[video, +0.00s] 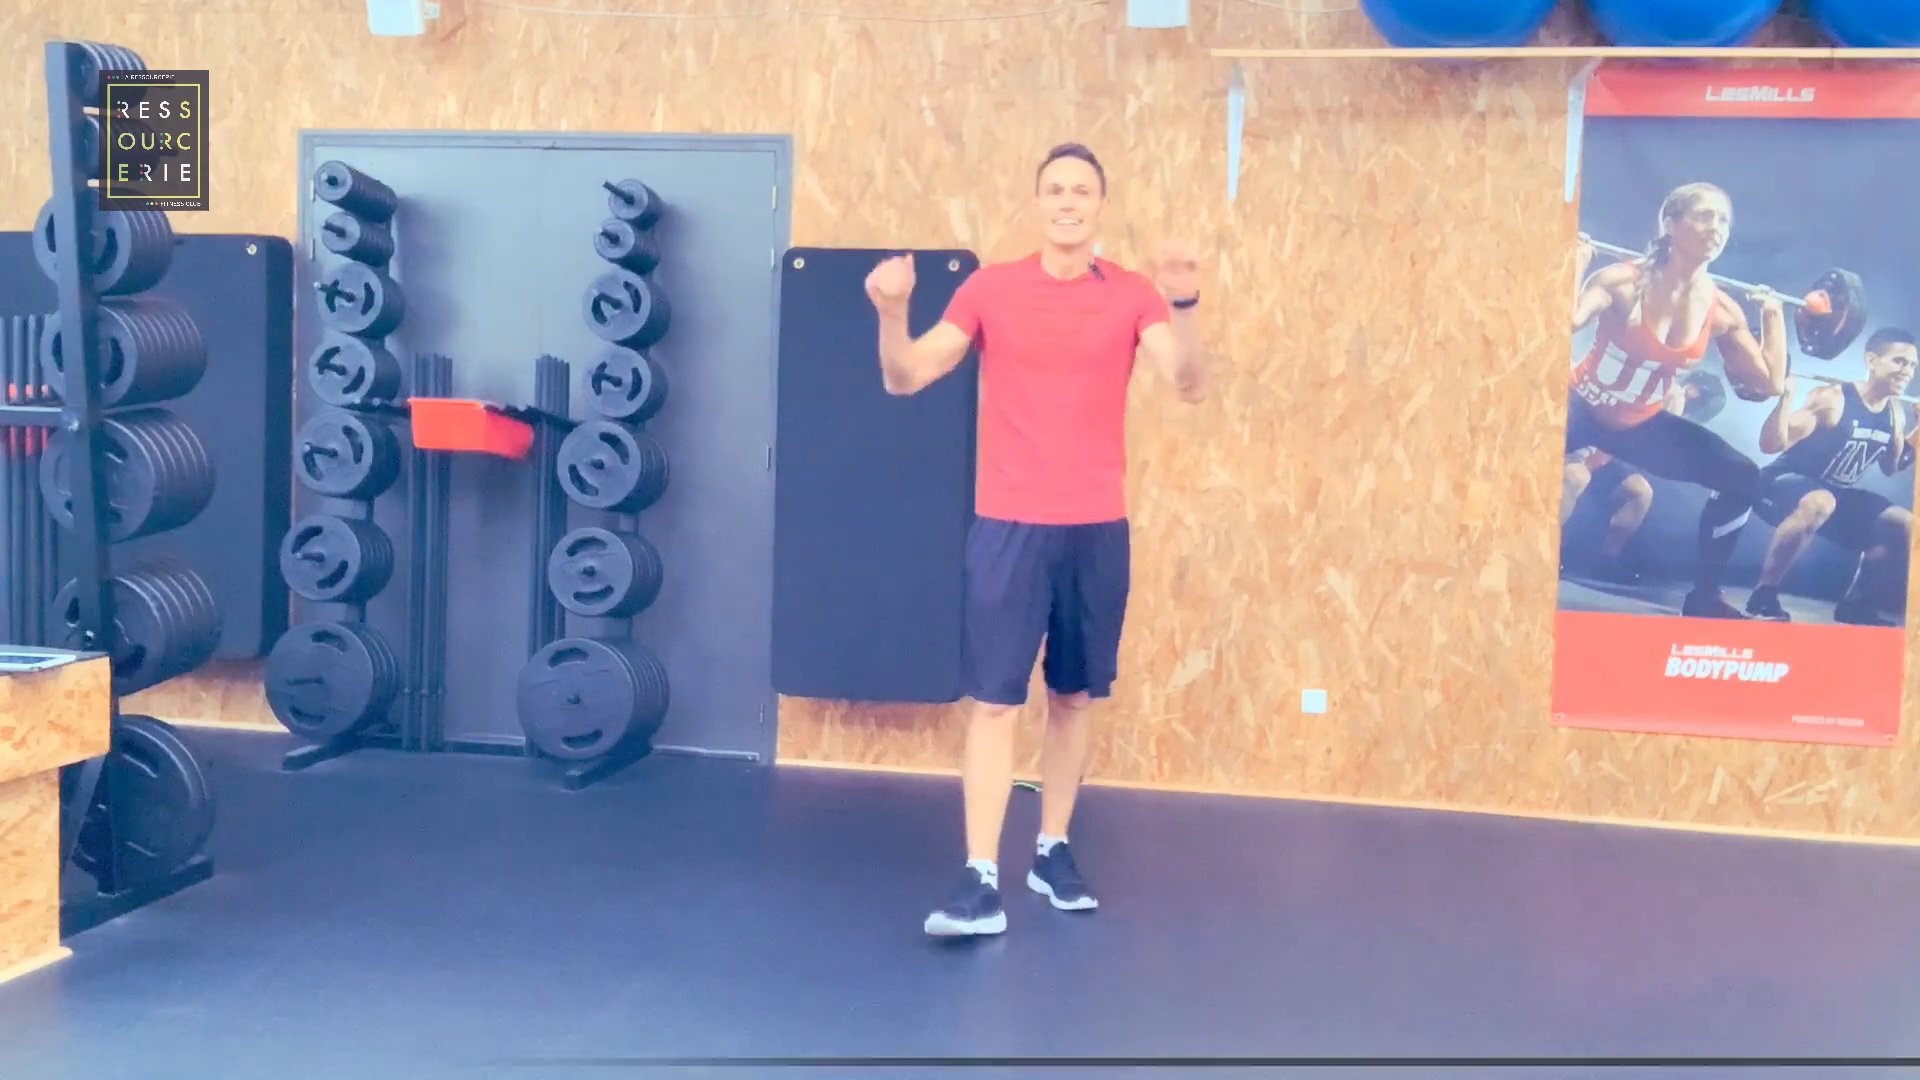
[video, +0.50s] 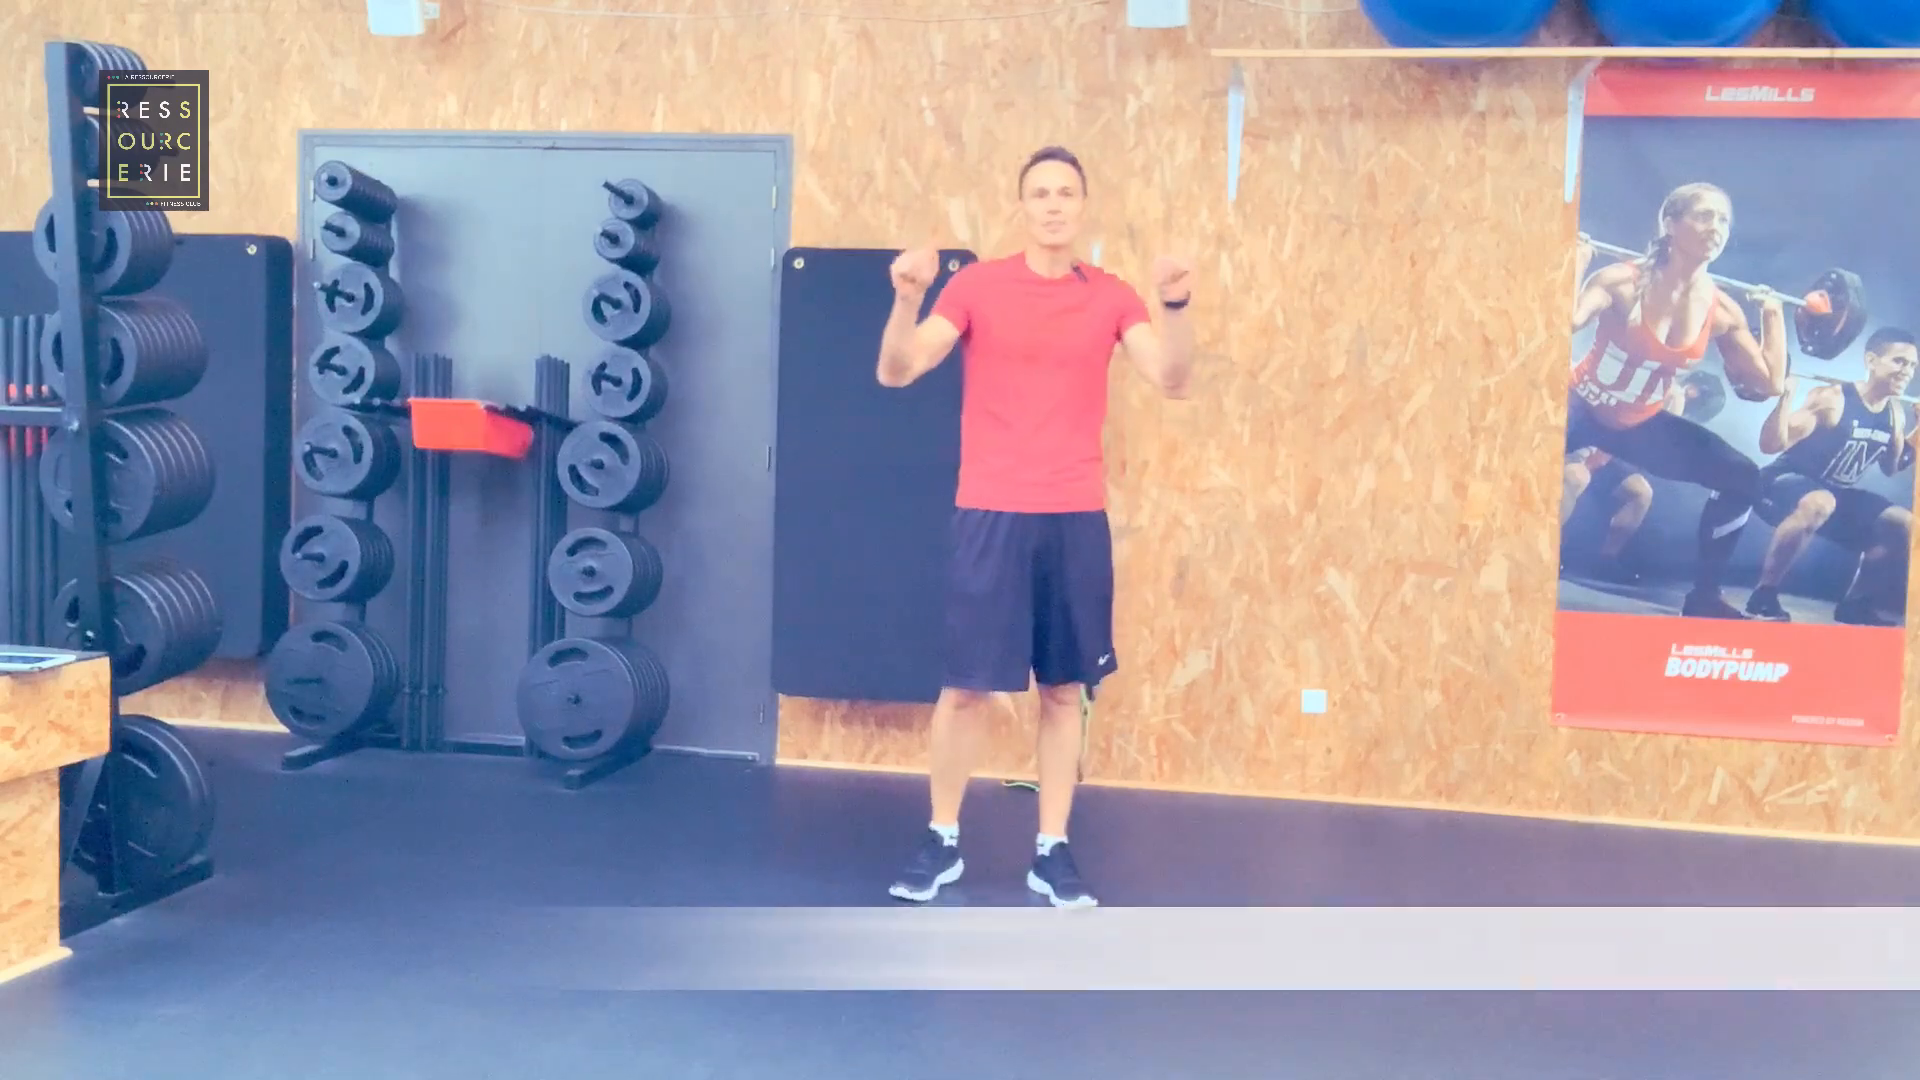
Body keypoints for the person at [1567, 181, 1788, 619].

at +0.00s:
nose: (1716, 228)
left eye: (1724, 221)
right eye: (1704, 216)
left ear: (1728, 234)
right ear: (1670, 223)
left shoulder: (1722, 310)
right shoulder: (1620, 279)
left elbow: (1768, 386)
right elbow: (1559, 324)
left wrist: (1773, 312)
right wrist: (1573, 269)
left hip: (1644, 425)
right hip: (1579, 409)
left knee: (1741, 477)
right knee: (1515, 447)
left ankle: (1705, 596)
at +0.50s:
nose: (1716, 228)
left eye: (1724, 221)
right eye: (1704, 216)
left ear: (1728, 234)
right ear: (1670, 223)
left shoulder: (1722, 310)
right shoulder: (1620, 279)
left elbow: (1768, 386)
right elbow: (1559, 325)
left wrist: (1773, 312)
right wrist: (1573, 269)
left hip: (1644, 425)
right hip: (1579, 409)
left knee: (1741, 477)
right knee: (1514, 448)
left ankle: (1705, 596)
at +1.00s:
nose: (1716, 228)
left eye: (1724, 220)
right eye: (1704, 216)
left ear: (1728, 234)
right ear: (1670, 224)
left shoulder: (1721, 310)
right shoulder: (1620, 279)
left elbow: (1769, 385)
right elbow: (1558, 325)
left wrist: (1773, 312)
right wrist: (1573, 268)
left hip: (1645, 425)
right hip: (1579, 409)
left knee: (1742, 477)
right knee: (1513, 451)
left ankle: (1705, 597)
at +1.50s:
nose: (1716, 228)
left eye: (1724, 221)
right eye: (1704, 216)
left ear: (1728, 234)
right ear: (1671, 224)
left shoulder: (1722, 310)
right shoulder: (1620, 279)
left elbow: (1768, 386)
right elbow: (1559, 324)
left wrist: (1773, 312)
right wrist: (1573, 269)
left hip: (1644, 425)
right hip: (1579, 409)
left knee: (1741, 477)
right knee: (1515, 447)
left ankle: (1705, 597)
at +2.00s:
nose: (1716, 228)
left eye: (1724, 221)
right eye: (1704, 216)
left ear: (1728, 234)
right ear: (1670, 224)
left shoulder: (1722, 310)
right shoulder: (1620, 279)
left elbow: (1768, 386)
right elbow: (1559, 324)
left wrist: (1773, 312)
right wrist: (1573, 269)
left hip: (1644, 425)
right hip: (1579, 408)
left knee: (1741, 477)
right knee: (1515, 447)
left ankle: (1705, 597)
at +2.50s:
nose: (1716, 228)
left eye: (1724, 220)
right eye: (1704, 216)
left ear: (1728, 234)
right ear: (1670, 224)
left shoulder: (1721, 310)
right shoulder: (1620, 280)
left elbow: (1769, 385)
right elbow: (1558, 325)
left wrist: (1773, 312)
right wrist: (1573, 268)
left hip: (1644, 425)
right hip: (1579, 408)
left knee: (1742, 478)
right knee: (1513, 451)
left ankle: (1705, 597)